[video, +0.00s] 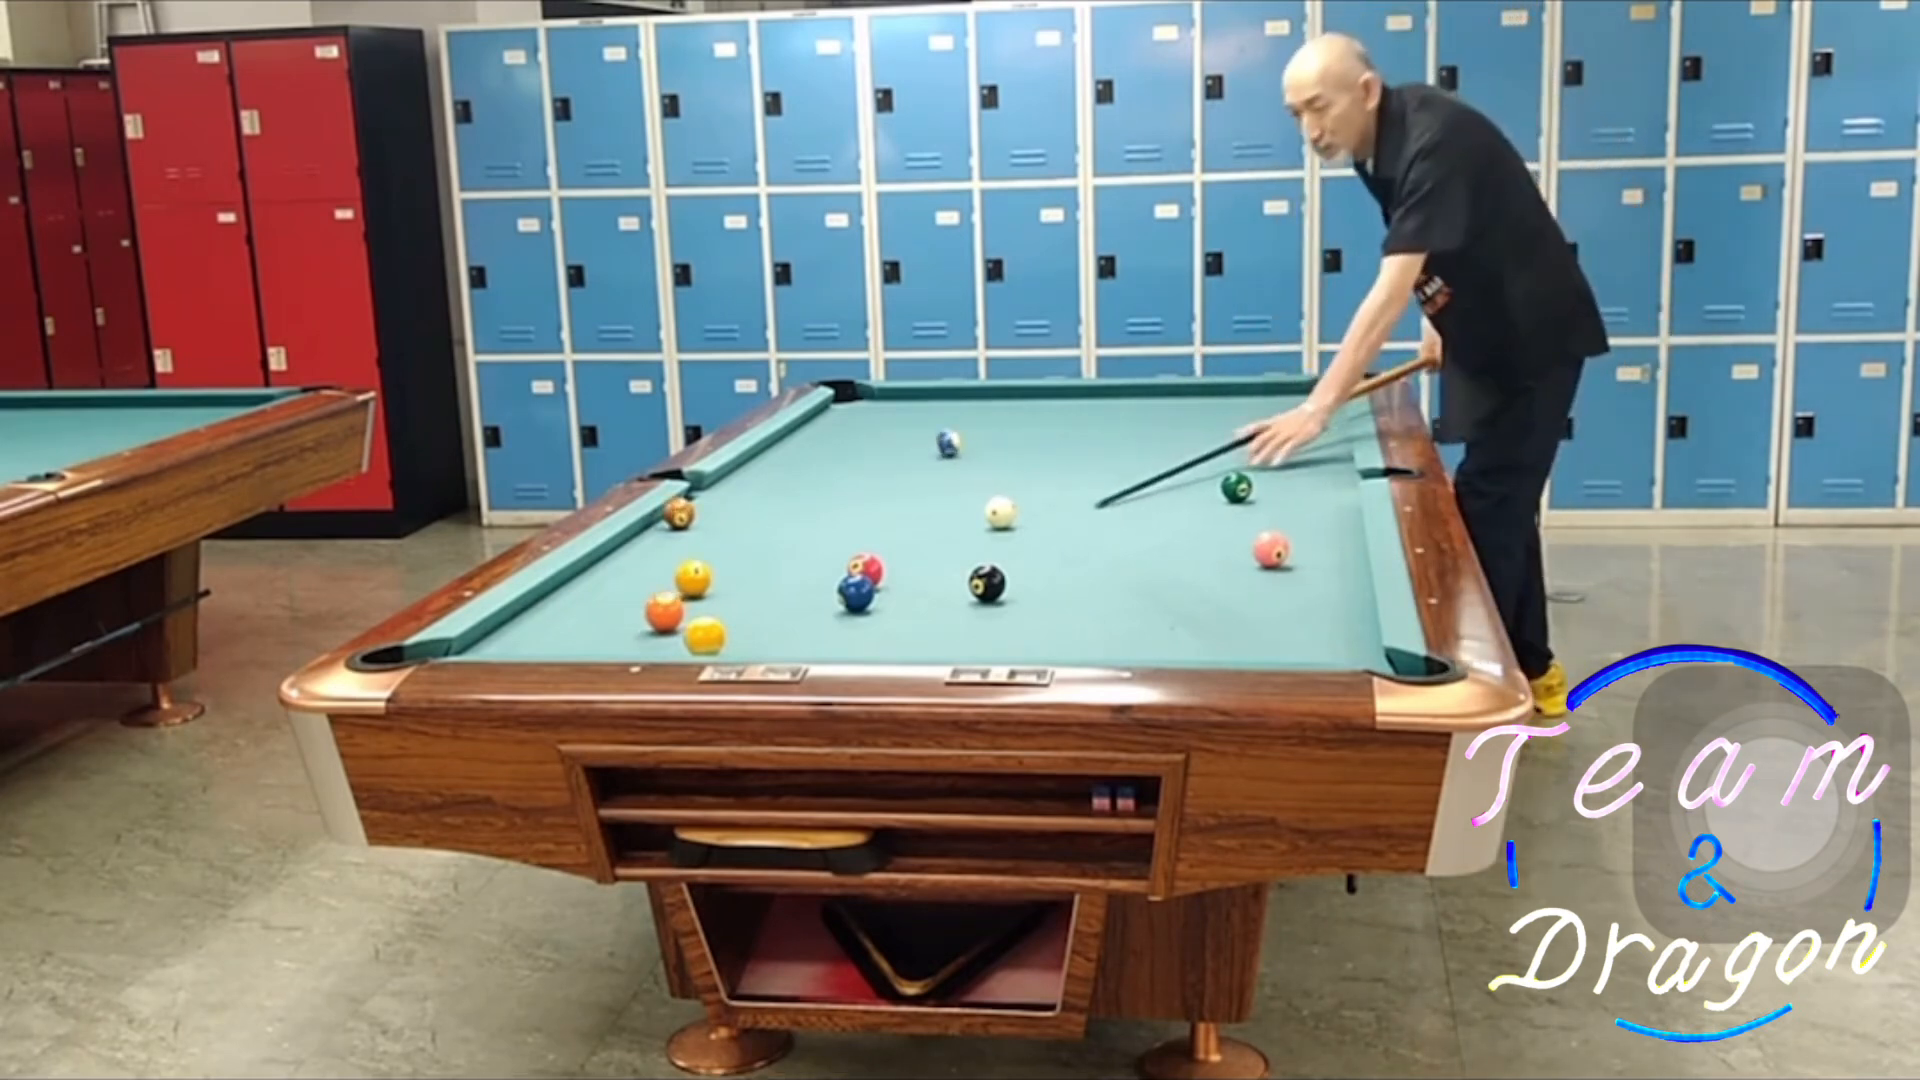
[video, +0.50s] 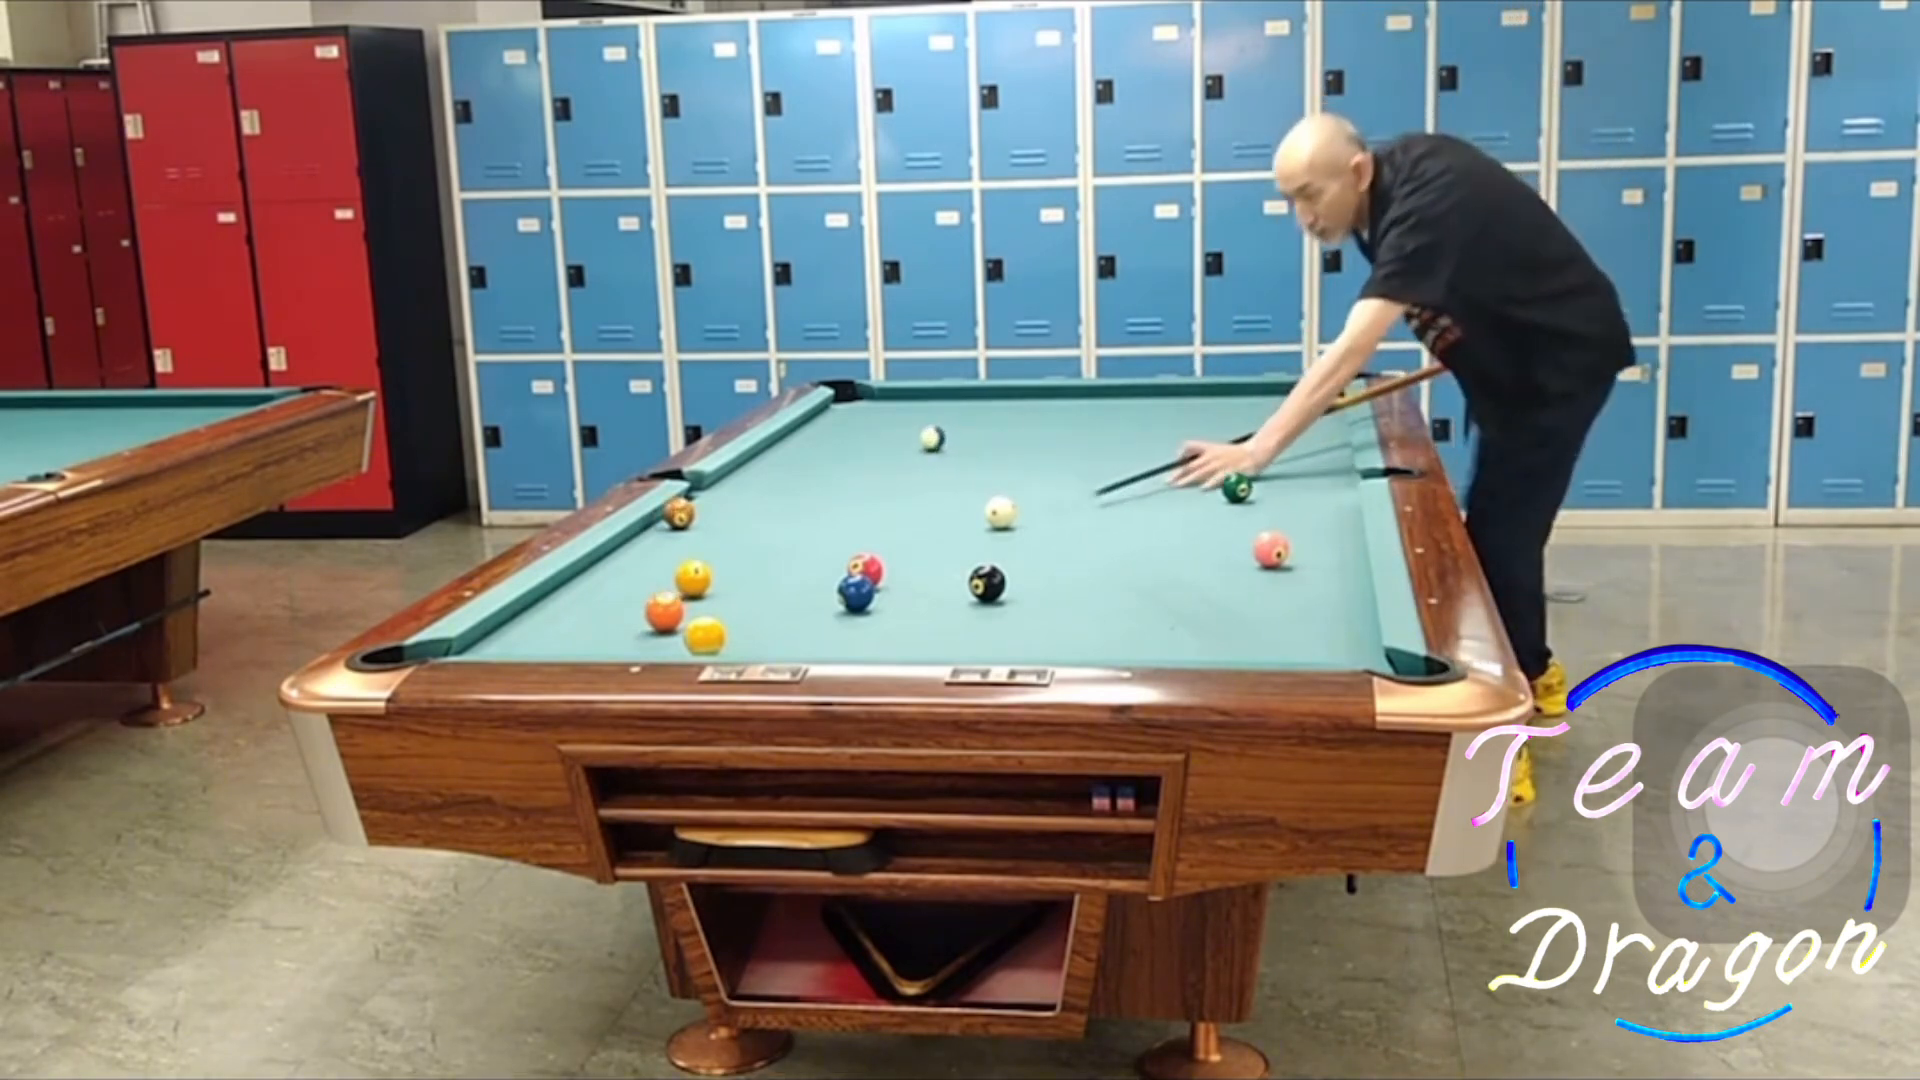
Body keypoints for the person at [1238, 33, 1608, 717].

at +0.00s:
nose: (1310, 131)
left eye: (1319, 109)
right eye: (1299, 116)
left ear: (1367, 89)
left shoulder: (1434, 141)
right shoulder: (1378, 142)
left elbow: (1393, 291)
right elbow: (1429, 235)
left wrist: (1316, 410)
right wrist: (1438, 325)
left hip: (1537, 337)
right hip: (1486, 338)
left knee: (1488, 502)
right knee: (1494, 503)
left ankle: (1525, 670)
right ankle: (1520, 666)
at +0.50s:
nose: (1301, 216)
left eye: (1307, 197)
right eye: (1293, 202)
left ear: (1357, 171)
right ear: (1354, 170)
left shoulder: (1425, 206)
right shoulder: (1395, 171)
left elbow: (1351, 356)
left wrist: (1253, 452)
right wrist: (1451, 318)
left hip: (1563, 355)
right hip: (1519, 353)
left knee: (1502, 536)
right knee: (1492, 525)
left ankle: (1521, 689)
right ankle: (1527, 668)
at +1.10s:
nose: (1317, 313)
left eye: (1325, 295)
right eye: (1309, 298)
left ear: (1378, 273)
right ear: (1372, 260)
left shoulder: (1441, 307)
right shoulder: (1413, 224)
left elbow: (1339, 406)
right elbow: (1510, 210)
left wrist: (1221, 468)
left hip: (1626, 368)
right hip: (1619, 341)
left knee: (1505, 540)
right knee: (1550, 529)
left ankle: (1509, 709)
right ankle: (1607, 692)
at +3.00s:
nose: (1324, 362)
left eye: (1331, 346)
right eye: (1317, 348)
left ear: (1380, 318)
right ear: (1370, 303)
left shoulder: (1443, 341)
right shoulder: (1411, 257)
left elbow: (1348, 433)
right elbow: (1504, 230)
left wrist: (1221, 472)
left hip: (1633, 378)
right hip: (1614, 353)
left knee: (1508, 544)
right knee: (1539, 536)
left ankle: (1510, 707)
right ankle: (1607, 693)